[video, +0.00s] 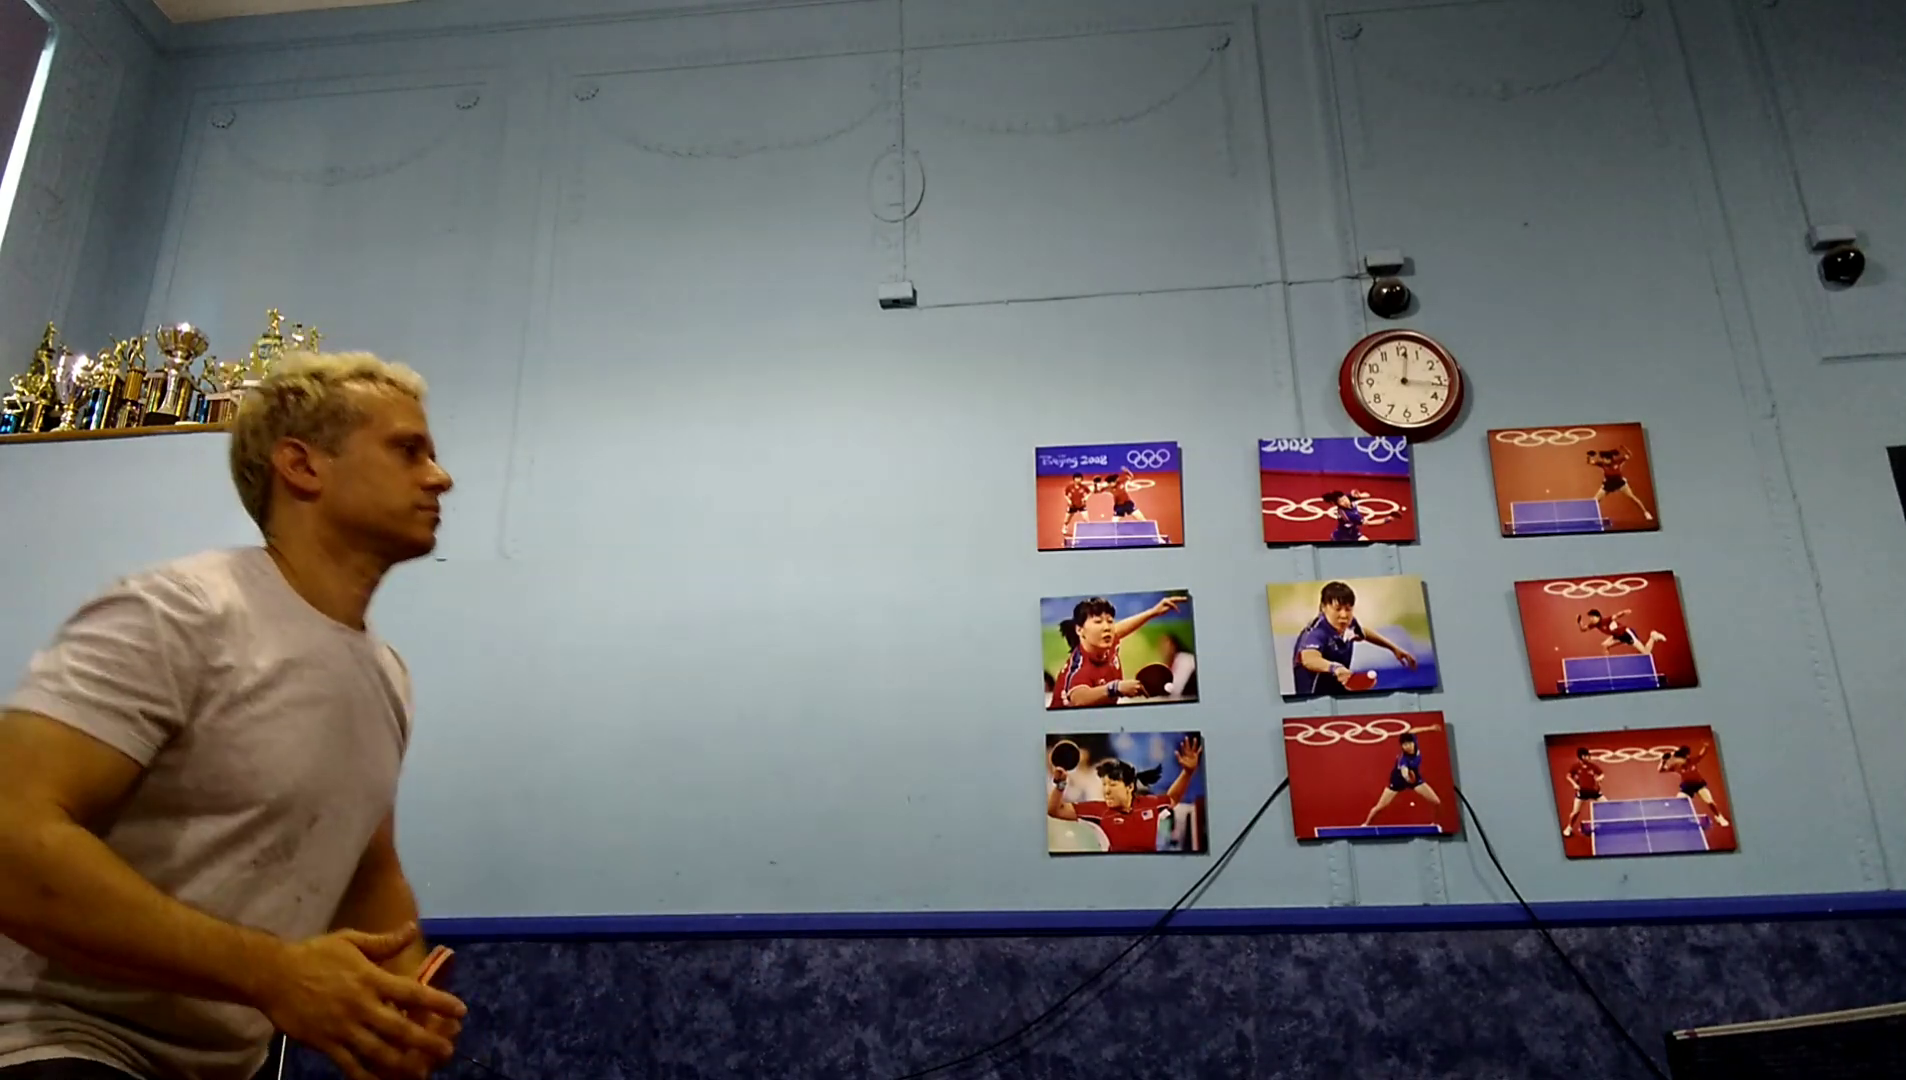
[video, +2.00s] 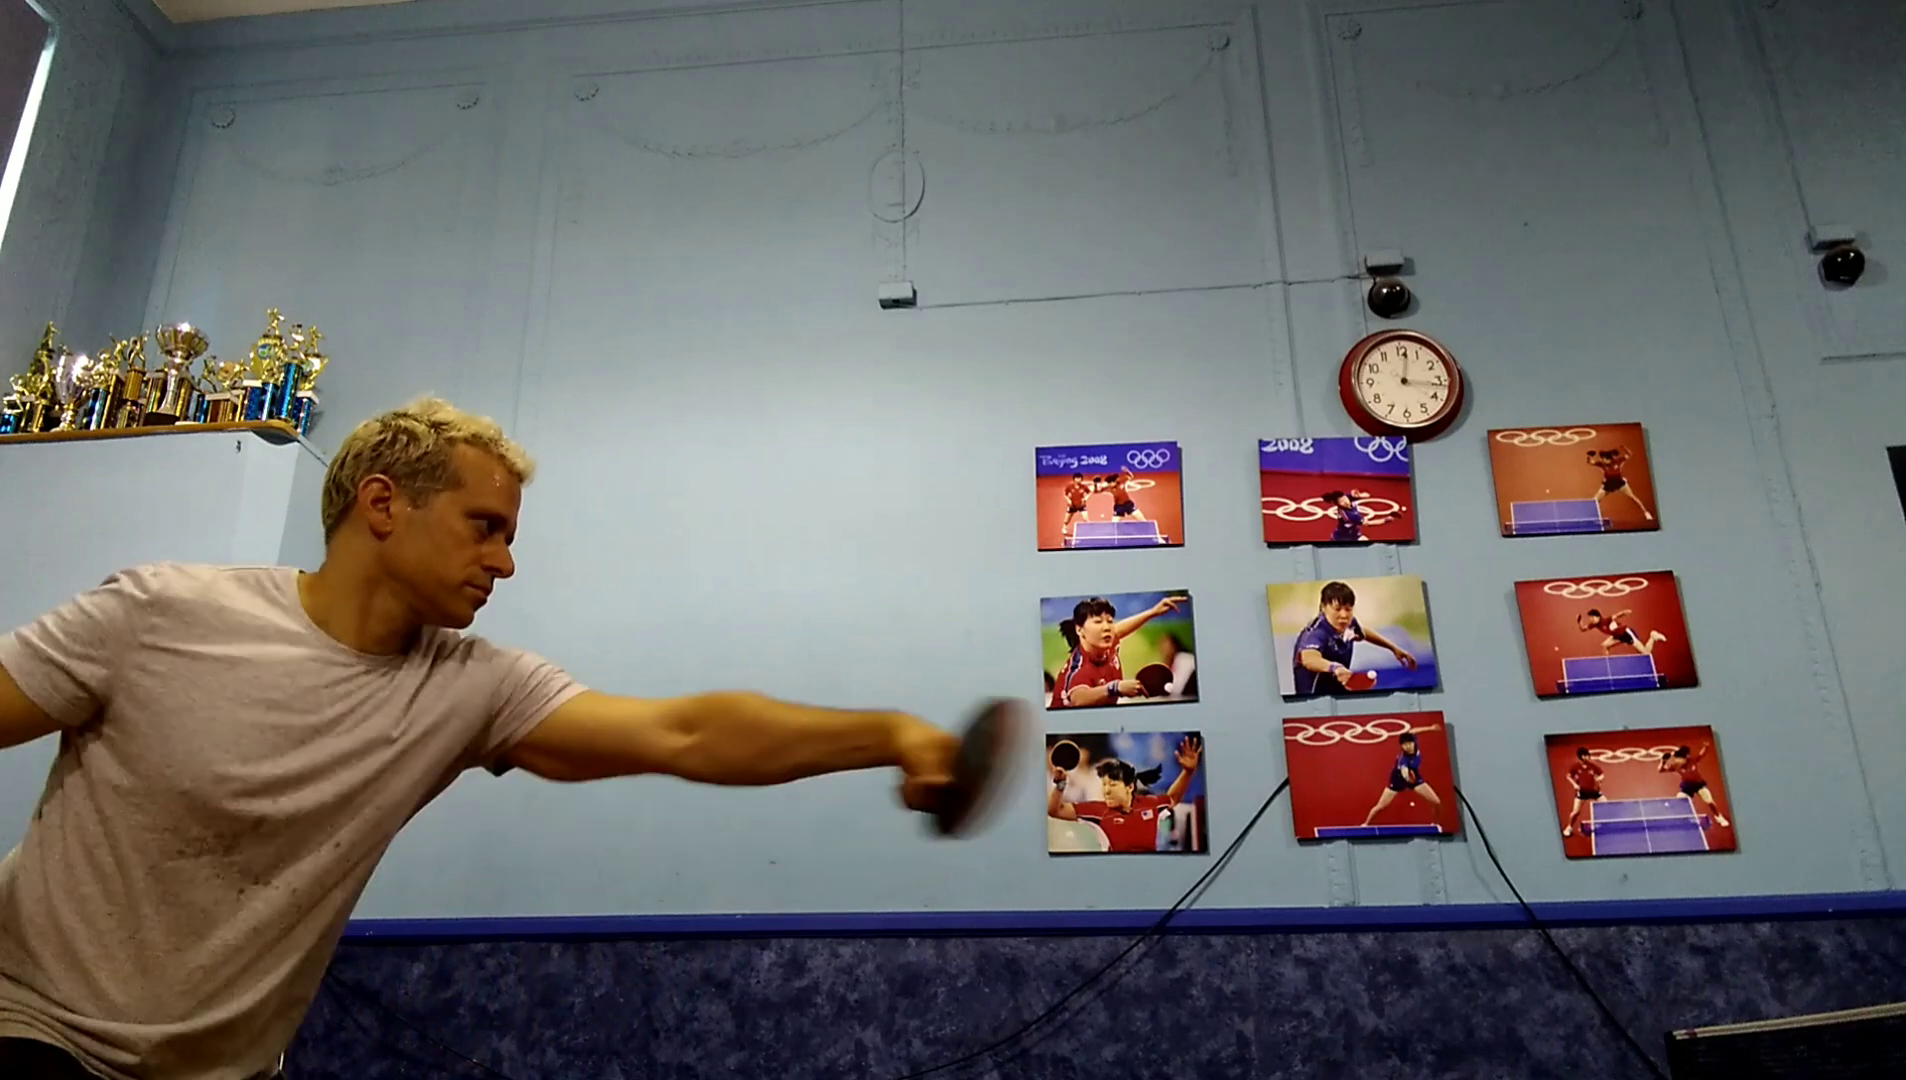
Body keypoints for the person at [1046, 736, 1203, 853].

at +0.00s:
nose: (1107, 790)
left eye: (1113, 785)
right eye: (1104, 785)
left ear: (1130, 787)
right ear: (1101, 787)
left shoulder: (1151, 805)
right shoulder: (1100, 811)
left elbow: (1172, 798)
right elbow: (1055, 811)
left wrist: (1188, 771)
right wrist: (1059, 785)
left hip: (1151, 872)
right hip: (1115, 874)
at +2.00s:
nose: (1107, 790)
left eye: (1113, 785)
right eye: (1104, 785)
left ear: (1130, 787)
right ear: (1101, 787)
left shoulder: (1151, 804)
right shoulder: (1100, 810)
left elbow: (1172, 798)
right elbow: (1055, 811)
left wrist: (1188, 771)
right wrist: (1059, 785)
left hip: (1151, 872)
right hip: (1116, 874)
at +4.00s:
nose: (1107, 790)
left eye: (1113, 785)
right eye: (1104, 785)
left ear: (1130, 787)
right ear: (1101, 787)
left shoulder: (1151, 804)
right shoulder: (1100, 811)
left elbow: (1172, 798)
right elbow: (1055, 811)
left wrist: (1188, 772)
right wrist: (1060, 785)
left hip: (1151, 872)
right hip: (1116, 874)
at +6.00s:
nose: (1107, 790)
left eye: (1113, 785)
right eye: (1104, 785)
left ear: (1130, 787)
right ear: (1101, 787)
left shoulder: (1151, 804)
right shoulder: (1100, 811)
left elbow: (1172, 798)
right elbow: (1055, 811)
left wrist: (1188, 771)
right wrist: (1059, 785)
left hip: (1151, 872)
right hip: (1117, 873)